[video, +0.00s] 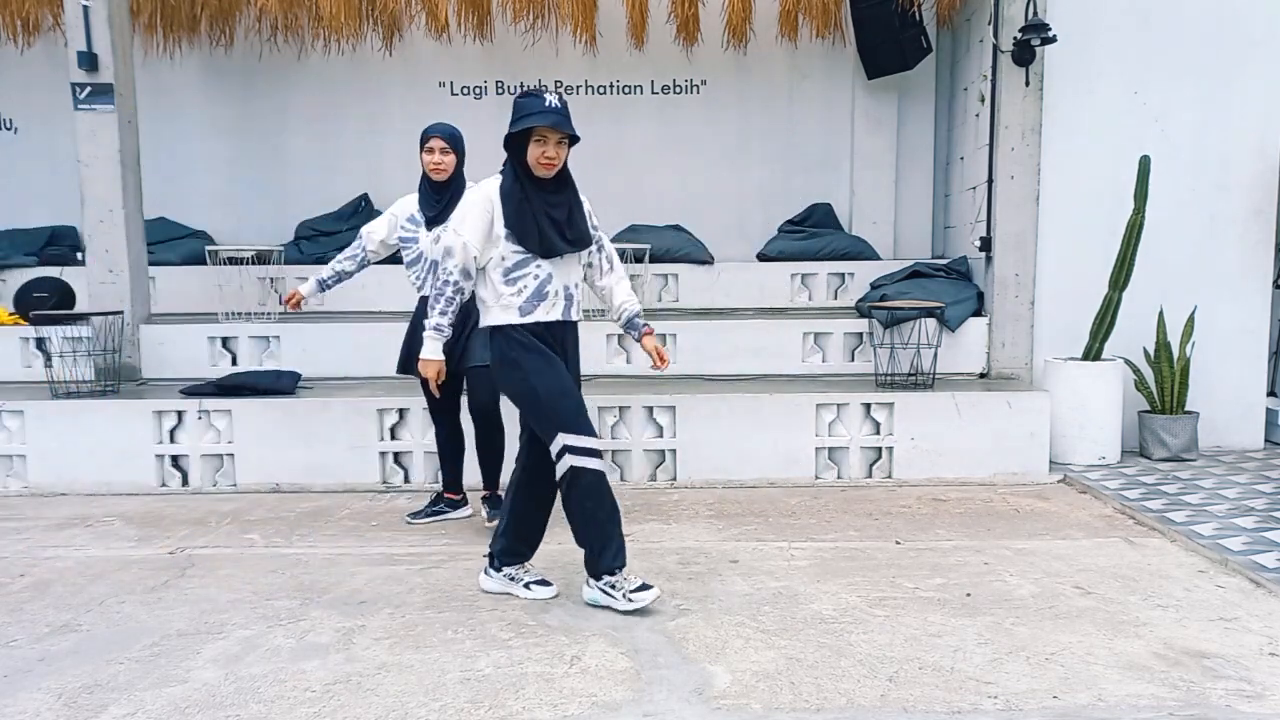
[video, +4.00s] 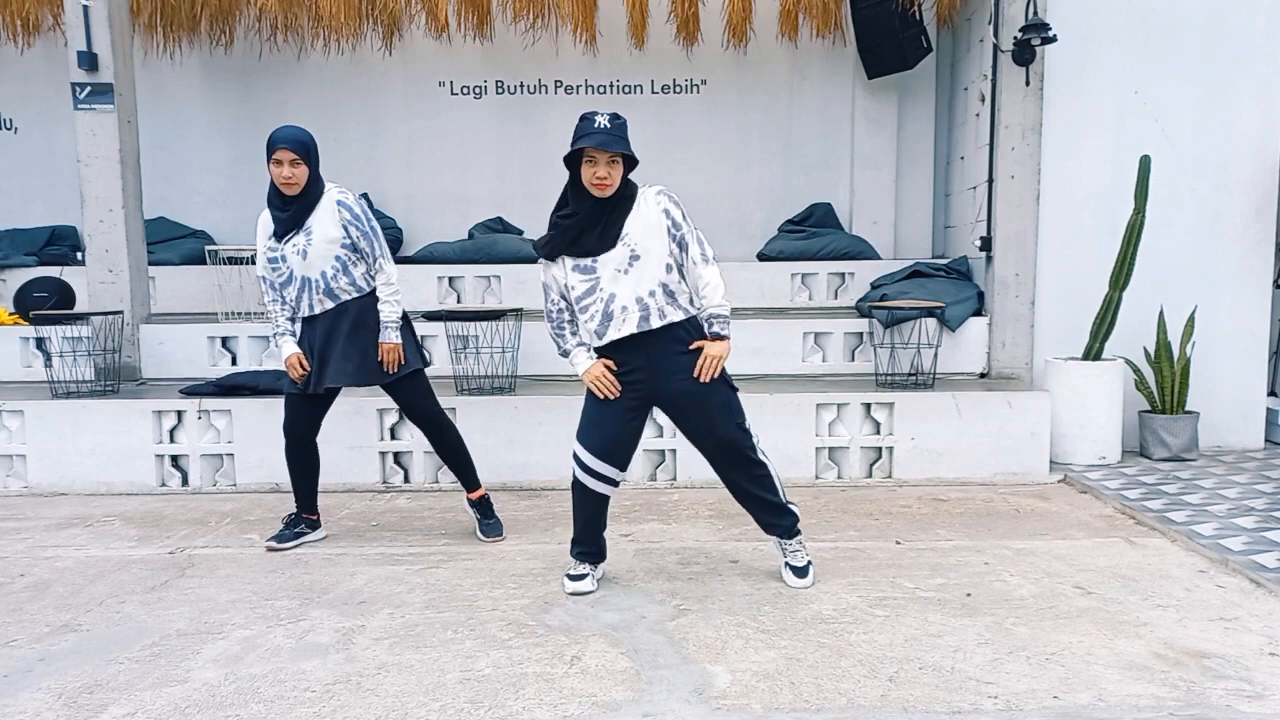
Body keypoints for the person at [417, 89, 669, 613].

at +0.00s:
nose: (550, 152)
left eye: (559, 142)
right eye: (539, 141)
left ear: (569, 146)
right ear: (519, 144)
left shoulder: (571, 200)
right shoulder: (486, 198)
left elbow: (604, 265)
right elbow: (451, 275)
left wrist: (638, 326)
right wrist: (432, 344)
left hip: (563, 338)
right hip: (515, 339)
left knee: (541, 455)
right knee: (575, 438)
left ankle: (503, 564)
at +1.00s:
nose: (746, 145)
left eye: (757, 135)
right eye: (739, 134)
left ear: (782, 135)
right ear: (730, 136)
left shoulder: (815, 194)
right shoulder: (717, 191)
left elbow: (833, 273)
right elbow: (700, 270)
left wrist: (798, 341)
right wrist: (719, 334)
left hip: (788, 342)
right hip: (725, 339)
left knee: (788, 458)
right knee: (712, 454)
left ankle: (799, 562)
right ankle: (703, 564)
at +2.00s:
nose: (588, 177)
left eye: (598, 167)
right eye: (579, 167)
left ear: (613, 169)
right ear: (565, 169)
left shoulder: (644, 209)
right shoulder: (552, 231)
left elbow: (677, 274)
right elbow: (553, 306)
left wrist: (676, 341)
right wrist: (583, 358)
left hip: (659, 349)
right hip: (596, 358)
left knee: (709, 447)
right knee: (579, 458)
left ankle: (767, 538)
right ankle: (580, 548)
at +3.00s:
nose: (773, 169)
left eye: (783, 160)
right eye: (763, 159)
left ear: (797, 164)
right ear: (748, 161)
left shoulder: (810, 228)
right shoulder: (716, 206)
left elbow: (822, 305)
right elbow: (673, 274)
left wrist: (799, 357)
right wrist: (662, 338)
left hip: (765, 360)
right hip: (699, 350)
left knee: (781, 459)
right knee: (650, 450)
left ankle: (792, 552)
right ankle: (605, 540)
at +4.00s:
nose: (602, 172)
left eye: (611, 162)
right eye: (592, 162)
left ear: (626, 164)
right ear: (576, 165)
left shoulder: (658, 205)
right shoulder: (562, 236)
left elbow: (702, 268)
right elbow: (557, 313)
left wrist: (719, 332)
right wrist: (583, 360)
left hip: (680, 346)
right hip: (613, 360)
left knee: (732, 446)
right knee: (591, 463)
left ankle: (787, 536)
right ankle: (585, 557)